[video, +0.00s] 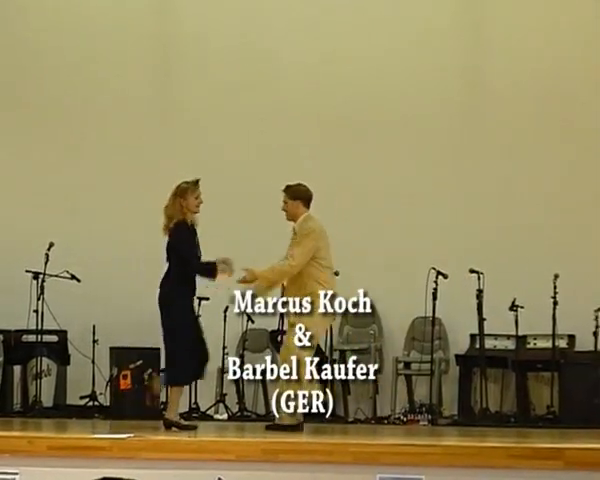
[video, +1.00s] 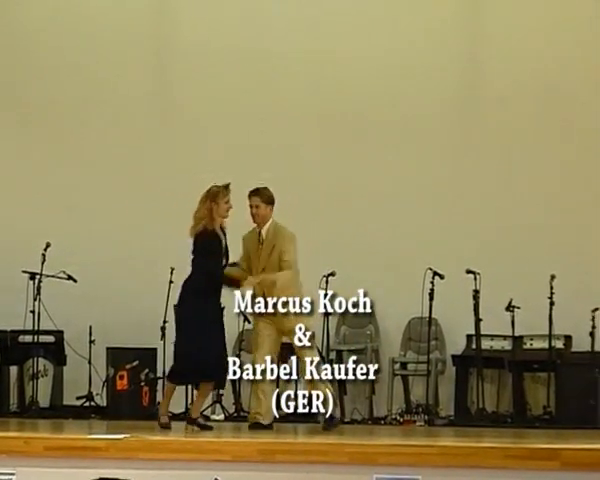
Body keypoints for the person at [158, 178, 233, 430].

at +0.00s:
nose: (200, 202)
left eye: (200, 198)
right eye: (196, 198)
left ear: (189, 201)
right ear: (183, 201)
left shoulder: (187, 228)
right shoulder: (181, 229)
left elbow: (191, 264)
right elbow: (189, 265)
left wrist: (215, 265)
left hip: (179, 295)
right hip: (175, 297)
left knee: (184, 351)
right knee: (188, 351)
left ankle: (173, 412)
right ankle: (171, 413)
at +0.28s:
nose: (211, 202)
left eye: (211, 198)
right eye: (207, 198)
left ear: (202, 200)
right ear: (194, 201)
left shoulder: (199, 225)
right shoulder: (189, 226)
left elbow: (214, 244)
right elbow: (207, 249)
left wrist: (234, 231)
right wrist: (238, 246)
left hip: (193, 294)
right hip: (186, 295)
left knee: (205, 352)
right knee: (202, 352)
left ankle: (199, 413)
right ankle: (196, 414)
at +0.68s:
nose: (216, 203)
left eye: (216, 198)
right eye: (211, 198)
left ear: (214, 200)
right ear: (198, 200)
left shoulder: (214, 225)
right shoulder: (185, 228)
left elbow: (220, 257)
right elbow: (181, 267)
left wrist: (249, 254)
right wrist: (207, 265)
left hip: (205, 295)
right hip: (186, 296)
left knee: (202, 349)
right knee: (189, 349)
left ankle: (193, 410)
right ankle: (188, 412)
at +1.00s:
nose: (230, 207)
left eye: (229, 202)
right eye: (226, 202)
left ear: (219, 205)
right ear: (212, 205)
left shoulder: (219, 232)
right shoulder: (206, 234)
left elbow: (217, 267)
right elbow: (209, 273)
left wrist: (235, 272)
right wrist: (234, 279)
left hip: (209, 303)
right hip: (192, 303)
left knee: (214, 360)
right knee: (184, 357)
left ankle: (195, 412)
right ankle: (164, 409)